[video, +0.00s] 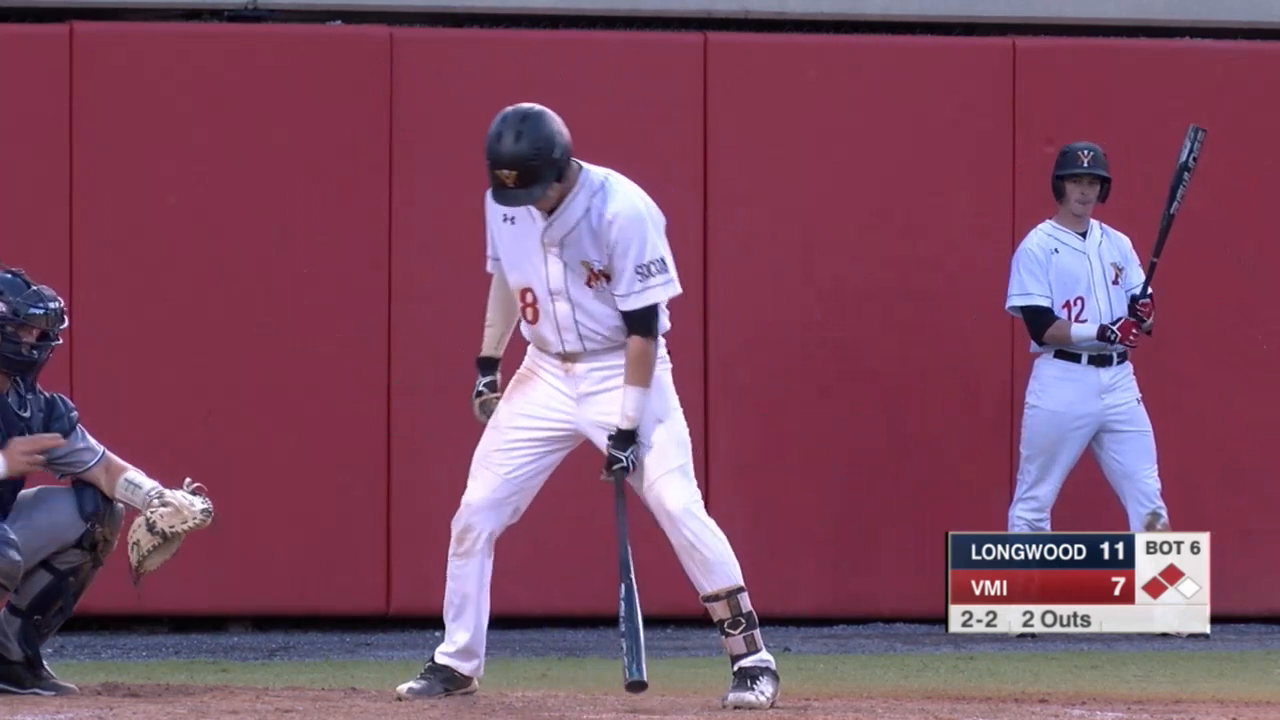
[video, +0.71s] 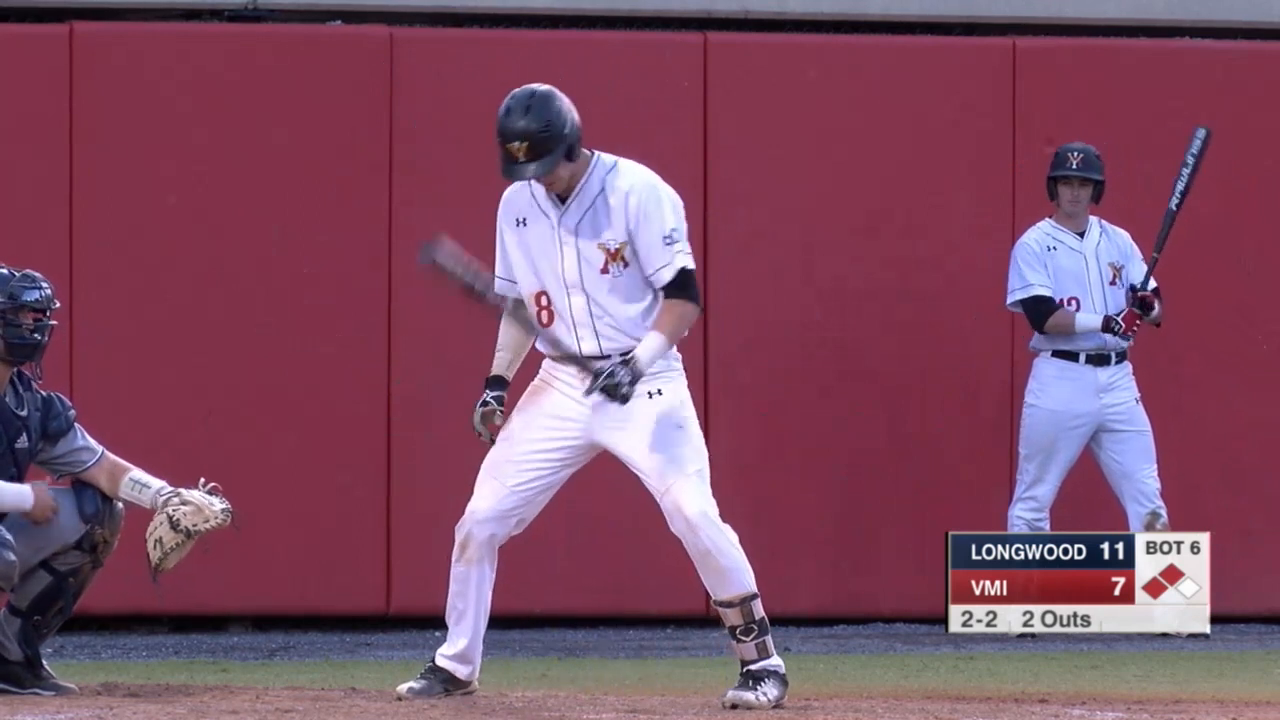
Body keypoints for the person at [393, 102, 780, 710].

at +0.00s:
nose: (524, 205)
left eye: (533, 193)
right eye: (513, 195)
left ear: (564, 170)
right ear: (499, 173)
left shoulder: (623, 210)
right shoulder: (503, 200)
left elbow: (644, 324)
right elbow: (504, 280)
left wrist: (628, 425)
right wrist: (487, 365)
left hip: (627, 375)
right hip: (543, 376)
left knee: (673, 502)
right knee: (475, 513)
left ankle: (751, 660)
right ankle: (455, 664)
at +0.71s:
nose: (535, 179)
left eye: (542, 166)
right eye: (525, 168)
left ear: (571, 146)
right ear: (515, 154)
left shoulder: (638, 190)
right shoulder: (516, 203)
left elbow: (684, 295)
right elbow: (519, 306)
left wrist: (639, 359)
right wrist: (497, 382)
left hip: (645, 383)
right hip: (558, 389)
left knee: (691, 512)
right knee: (479, 522)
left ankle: (761, 665)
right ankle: (455, 666)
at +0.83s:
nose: (578, 168)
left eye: (586, 154)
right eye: (566, 157)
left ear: (606, 135)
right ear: (546, 146)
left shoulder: (654, 188)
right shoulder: (524, 202)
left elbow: (716, 287)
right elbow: (514, 301)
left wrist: (695, 317)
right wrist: (496, 377)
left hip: (648, 384)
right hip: (561, 386)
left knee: (694, 513)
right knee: (482, 524)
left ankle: (762, 665)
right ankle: (455, 665)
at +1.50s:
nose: (628, 124)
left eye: (631, 112)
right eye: (613, 116)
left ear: (637, 114)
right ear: (577, 123)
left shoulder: (669, 197)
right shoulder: (535, 194)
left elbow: (680, 312)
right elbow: (520, 291)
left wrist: (643, 387)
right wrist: (520, 369)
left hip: (652, 380)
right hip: (561, 383)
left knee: (697, 513)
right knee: (483, 523)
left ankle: (762, 663)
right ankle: (455, 665)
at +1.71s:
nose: (603, 131)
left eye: (608, 119)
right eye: (588, 122)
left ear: (616, 120)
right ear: (555, 128)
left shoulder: (644, 197)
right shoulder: (519, 194)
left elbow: (632, 314)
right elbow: (503, 285)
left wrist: (560, 359)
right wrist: (479, 346)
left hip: (636, 388)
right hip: (547, 391)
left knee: (686, 510)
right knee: (473, 521)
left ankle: (760, 664)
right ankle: (454, 665)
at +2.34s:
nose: (593, 142)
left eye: (597, 129)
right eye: (577, 134)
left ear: (606, 130)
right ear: (548, 143)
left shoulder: (648, 196)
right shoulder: (521, 224)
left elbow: (672, 309)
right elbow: (530, 329)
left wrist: (611, 382)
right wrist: (555, 384)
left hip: (655, 396)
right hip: (569, 406)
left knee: (696, 516)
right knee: (482, 528)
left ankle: (762, 665)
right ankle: (454, 667)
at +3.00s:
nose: (598, 151)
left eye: (603, 139)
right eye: (582, 141)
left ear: (611, 141)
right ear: (550, 147)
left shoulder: (638, 215)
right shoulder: (511, 218)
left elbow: (630, 333)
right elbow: (491, 302)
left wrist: (543, 378)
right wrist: (489, 360)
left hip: (636, 405)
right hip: (547, 408)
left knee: (686, 518)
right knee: (465, 524)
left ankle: (761, 665)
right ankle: (453, 665)